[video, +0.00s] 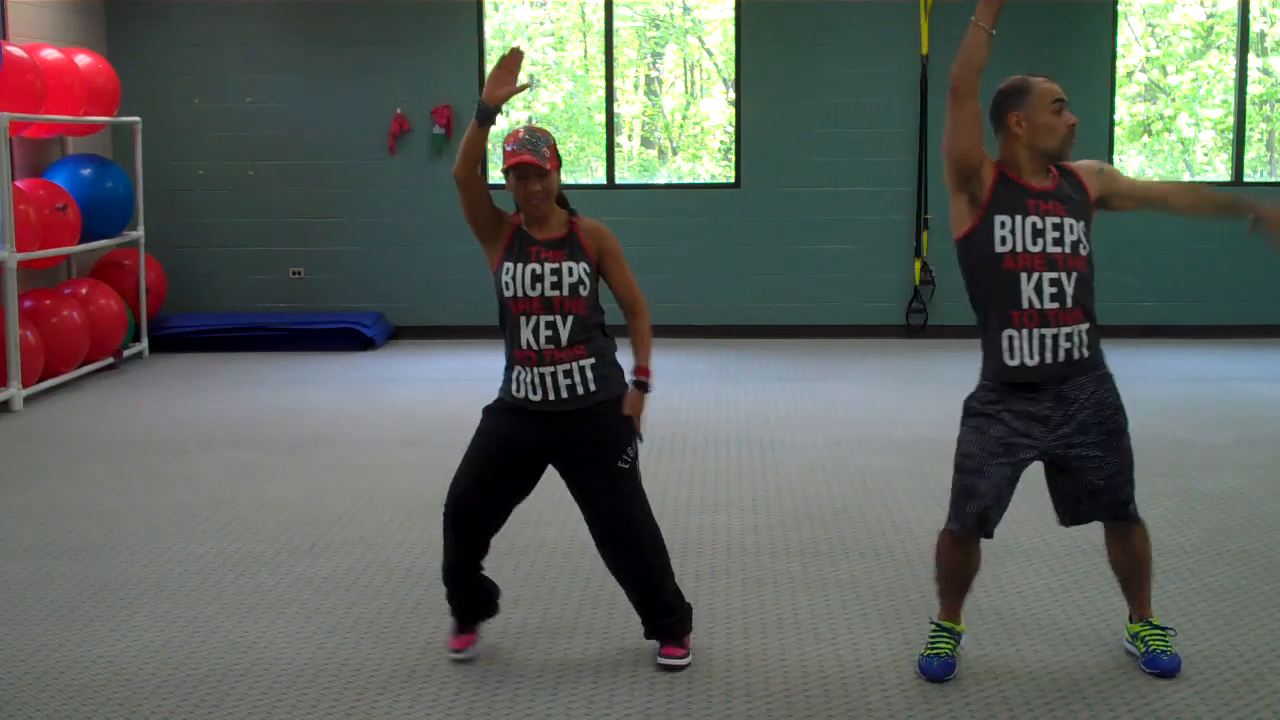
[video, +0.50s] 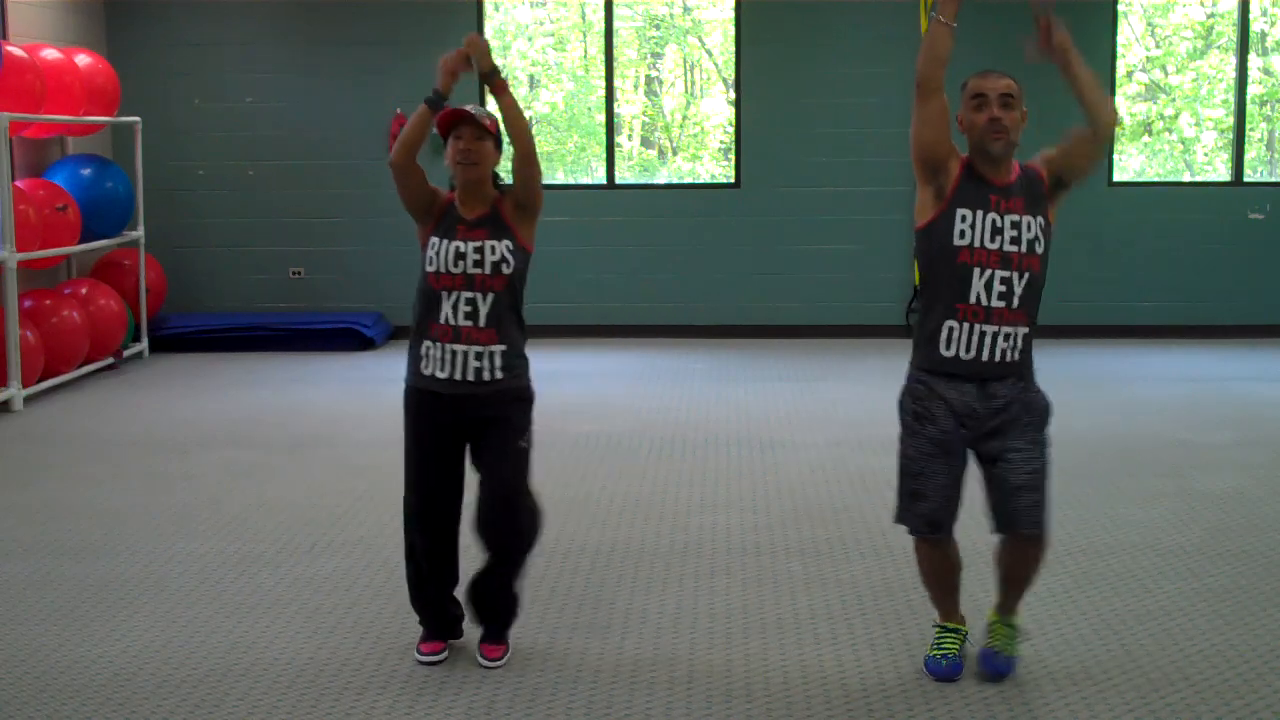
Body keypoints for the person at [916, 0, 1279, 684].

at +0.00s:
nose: (1070, 117)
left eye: (1068, 107)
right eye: (1056, 108)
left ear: (1049, 123)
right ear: (1013, 125)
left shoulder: (1088, 180)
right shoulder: (976, 184)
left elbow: (1174, 195)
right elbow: (961, 85)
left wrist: (1251, 207)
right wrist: (988, 7)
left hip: (1085, 391)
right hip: (1005, 397)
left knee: (1122, 513)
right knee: (964, 523)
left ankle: (1143, 623)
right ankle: (947, 624)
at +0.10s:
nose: (1073, 120)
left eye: (1070, 111)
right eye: (1059, 112)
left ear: (1045, 127)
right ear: (1017, 126)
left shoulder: (1086, 191)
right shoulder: (976, 188)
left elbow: (1152, 233)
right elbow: (960, 96)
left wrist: (1218, 267)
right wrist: (986, 12)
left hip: (1091, 392)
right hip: (1013, 401)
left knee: (1125, 515)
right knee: (984, 526)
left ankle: (1144, 622)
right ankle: (946, 622)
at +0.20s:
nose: (1066, 124)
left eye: (1063, 114)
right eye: (1050, 113)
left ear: (1042, 131)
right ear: (1007, 131)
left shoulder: (1078, 204)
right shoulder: (967, 190)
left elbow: (1106, 271)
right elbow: (950, 98)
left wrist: (1163, 310)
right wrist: (974, 13)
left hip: (1083, 395)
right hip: (1006, 405)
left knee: (1122, 521)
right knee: (993, 537)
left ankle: (1145, 621)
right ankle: (958, 626)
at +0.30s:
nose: (1037, 123)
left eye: (1042, 113)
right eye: (1021, 113)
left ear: (1048, 126)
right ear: (986, 127)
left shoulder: (1061, 208)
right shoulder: (954, 186)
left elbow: (1081, 294)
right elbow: (940, 91)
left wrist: (1101, 295)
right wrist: (963, 10)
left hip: (1055, 393)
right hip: (980, 399)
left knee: (1109, 517)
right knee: (964, 530)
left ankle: (1127, 619)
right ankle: (954, 629)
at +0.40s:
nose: (1007, 117)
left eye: (1018, 108)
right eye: (992, 107)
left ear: (1032, 124)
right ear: (970, 124)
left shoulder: (1051, 198)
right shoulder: (945, 181)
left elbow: (1120, 236)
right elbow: (930, 87)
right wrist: (948, 9)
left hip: (1033, 392)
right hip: (958, 397)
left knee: (1078, 516)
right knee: (949, 530)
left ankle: (1059, 610)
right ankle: (952, 627)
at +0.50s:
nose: (993, 112)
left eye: (1006, 102)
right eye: (979, 102)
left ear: (1023, 118)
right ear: (960, 121)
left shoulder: (1043, 183)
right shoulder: (941, 177)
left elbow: (1102, 126)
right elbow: (926, 85)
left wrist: (1065, 51)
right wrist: (944, 11)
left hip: (1012, 395)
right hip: (935, 393)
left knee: (1026, 528)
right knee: (928, 524)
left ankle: (1006, 619)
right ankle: (950, 624)